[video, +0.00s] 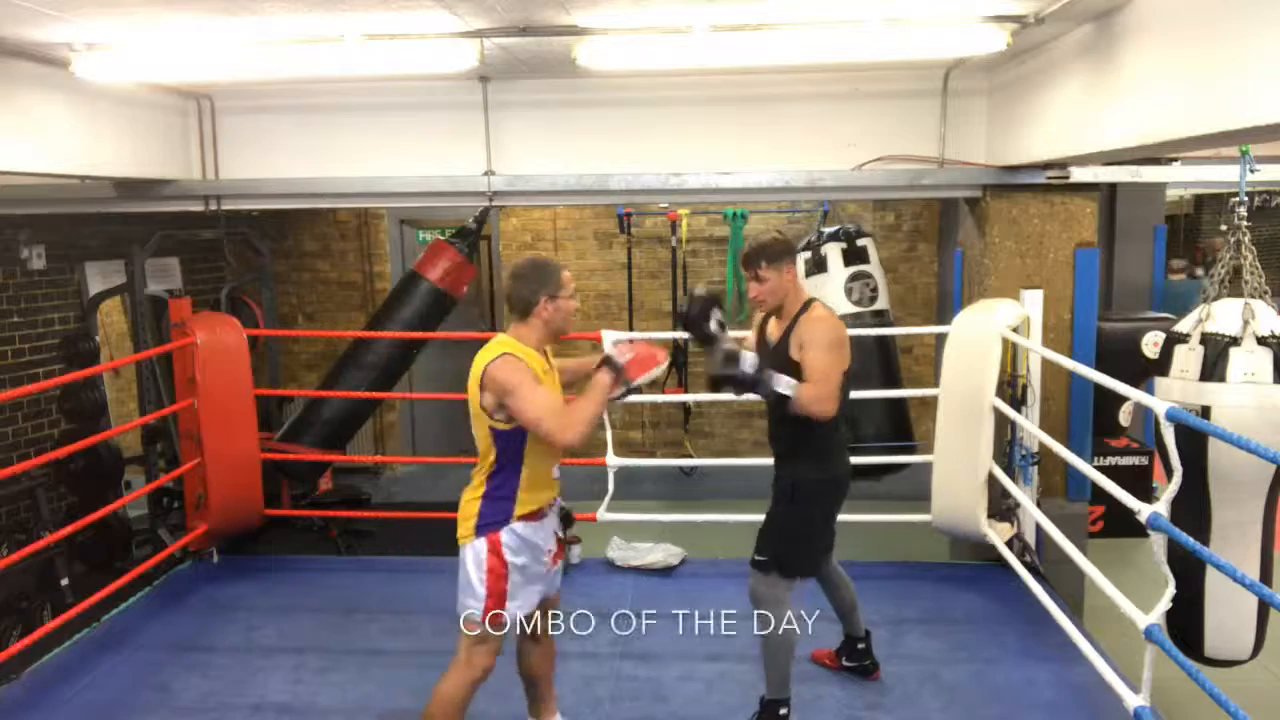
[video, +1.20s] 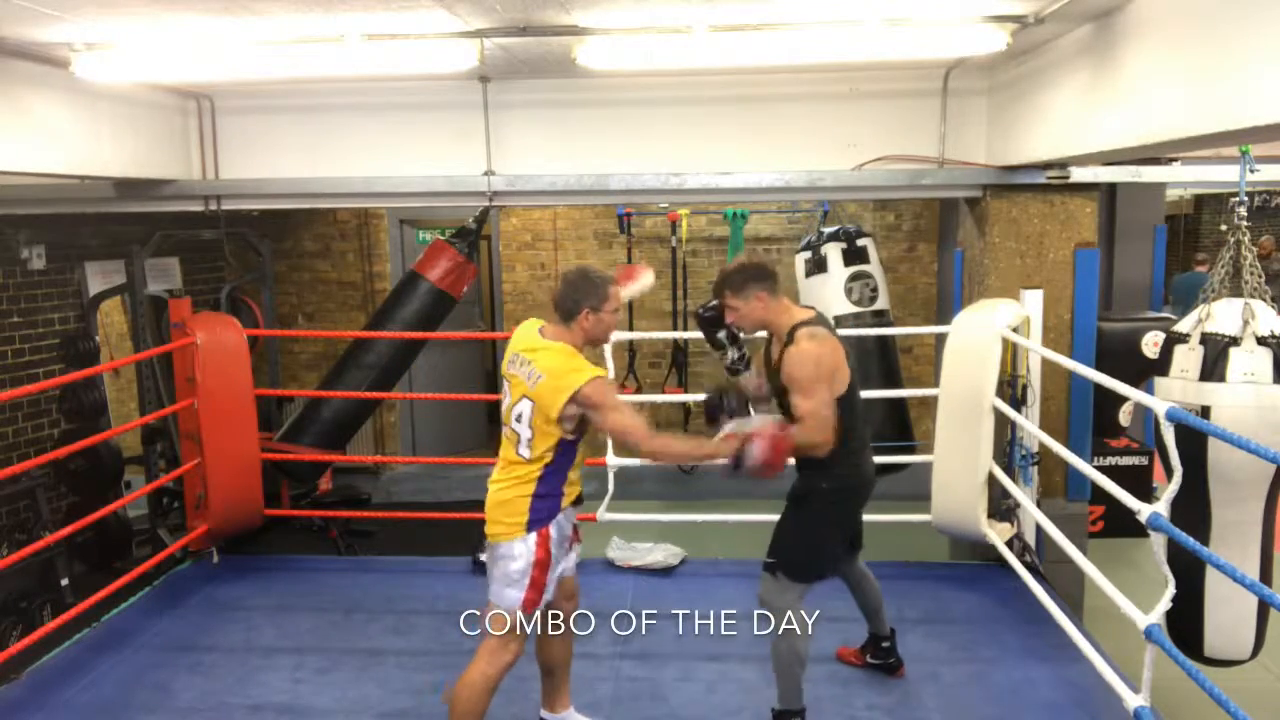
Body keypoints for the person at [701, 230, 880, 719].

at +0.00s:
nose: (752, 290)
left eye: (760, 280)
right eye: (749, 281)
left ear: (789, 274)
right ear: (754, 279)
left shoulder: (821, 324)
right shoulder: (768, 321)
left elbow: (822, 404)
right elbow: (749, 371)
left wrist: (764, 377)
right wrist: (715, 337)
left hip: (817, 474)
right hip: (794, 468)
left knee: (767, 587)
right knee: (819, 562)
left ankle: (776, 705)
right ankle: (858, 647)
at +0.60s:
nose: (752, 301)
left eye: (757, 292)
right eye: (748, 293)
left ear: (789, 284)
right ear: (758, 292)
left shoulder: (836, 328)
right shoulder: (764, 326)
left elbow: (883, 392)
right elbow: (707, 362)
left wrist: (830, 388)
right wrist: (677, 346)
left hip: (841, 474)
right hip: (810, 471)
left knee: (796, 589)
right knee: (829, 565)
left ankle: (794, 712)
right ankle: (880, 647)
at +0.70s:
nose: (749, 299)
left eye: (754, 287)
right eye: (747, 288)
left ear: (785, 280)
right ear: (775, 284)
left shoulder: (832, 324)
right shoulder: (779, 329)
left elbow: (886, 382)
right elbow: (738, 364)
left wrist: (841, 400)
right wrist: (715, 351)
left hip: (836, 473)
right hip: (817, 469)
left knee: (793, 587)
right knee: (833, 563)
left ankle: (793, 711)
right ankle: (880, 647)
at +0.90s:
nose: (753, 298)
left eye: (755, 288)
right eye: (750, 289)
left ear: (783, 280)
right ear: (790, 280)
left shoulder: (812, 318)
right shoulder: (819, 311)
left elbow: (806, 374)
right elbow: (802, 366)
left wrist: (741, 356)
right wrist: (760, 341)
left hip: (828, 474)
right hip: (850, 467)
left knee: (784, 588)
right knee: (846, 558)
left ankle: (790, 709)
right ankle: (883, 647)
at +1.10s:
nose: (734, 320)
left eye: (735, 309)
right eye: (730, 311)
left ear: (762, 296)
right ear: (765, 296)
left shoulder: (799, 346)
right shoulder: (807, 323)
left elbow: (780, 424)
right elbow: (765, 393)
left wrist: (744, 404)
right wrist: (747, 369)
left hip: (832, 481)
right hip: (853, 471)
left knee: (785, 592)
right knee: (844, 561)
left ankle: (791, 711)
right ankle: (882, 646)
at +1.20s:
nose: (731, 321)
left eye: (733, 310)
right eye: (727, 312)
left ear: (761, 299)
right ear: (763, 299)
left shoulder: (803, 350)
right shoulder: (793, 327)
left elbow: (818, 436)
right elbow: (773, 383)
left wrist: (759, 437)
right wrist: (737, 391)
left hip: (827, 480)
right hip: (844, 470)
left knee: (778, 593)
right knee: (846, 561)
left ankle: (789, 711)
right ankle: (883, 647)